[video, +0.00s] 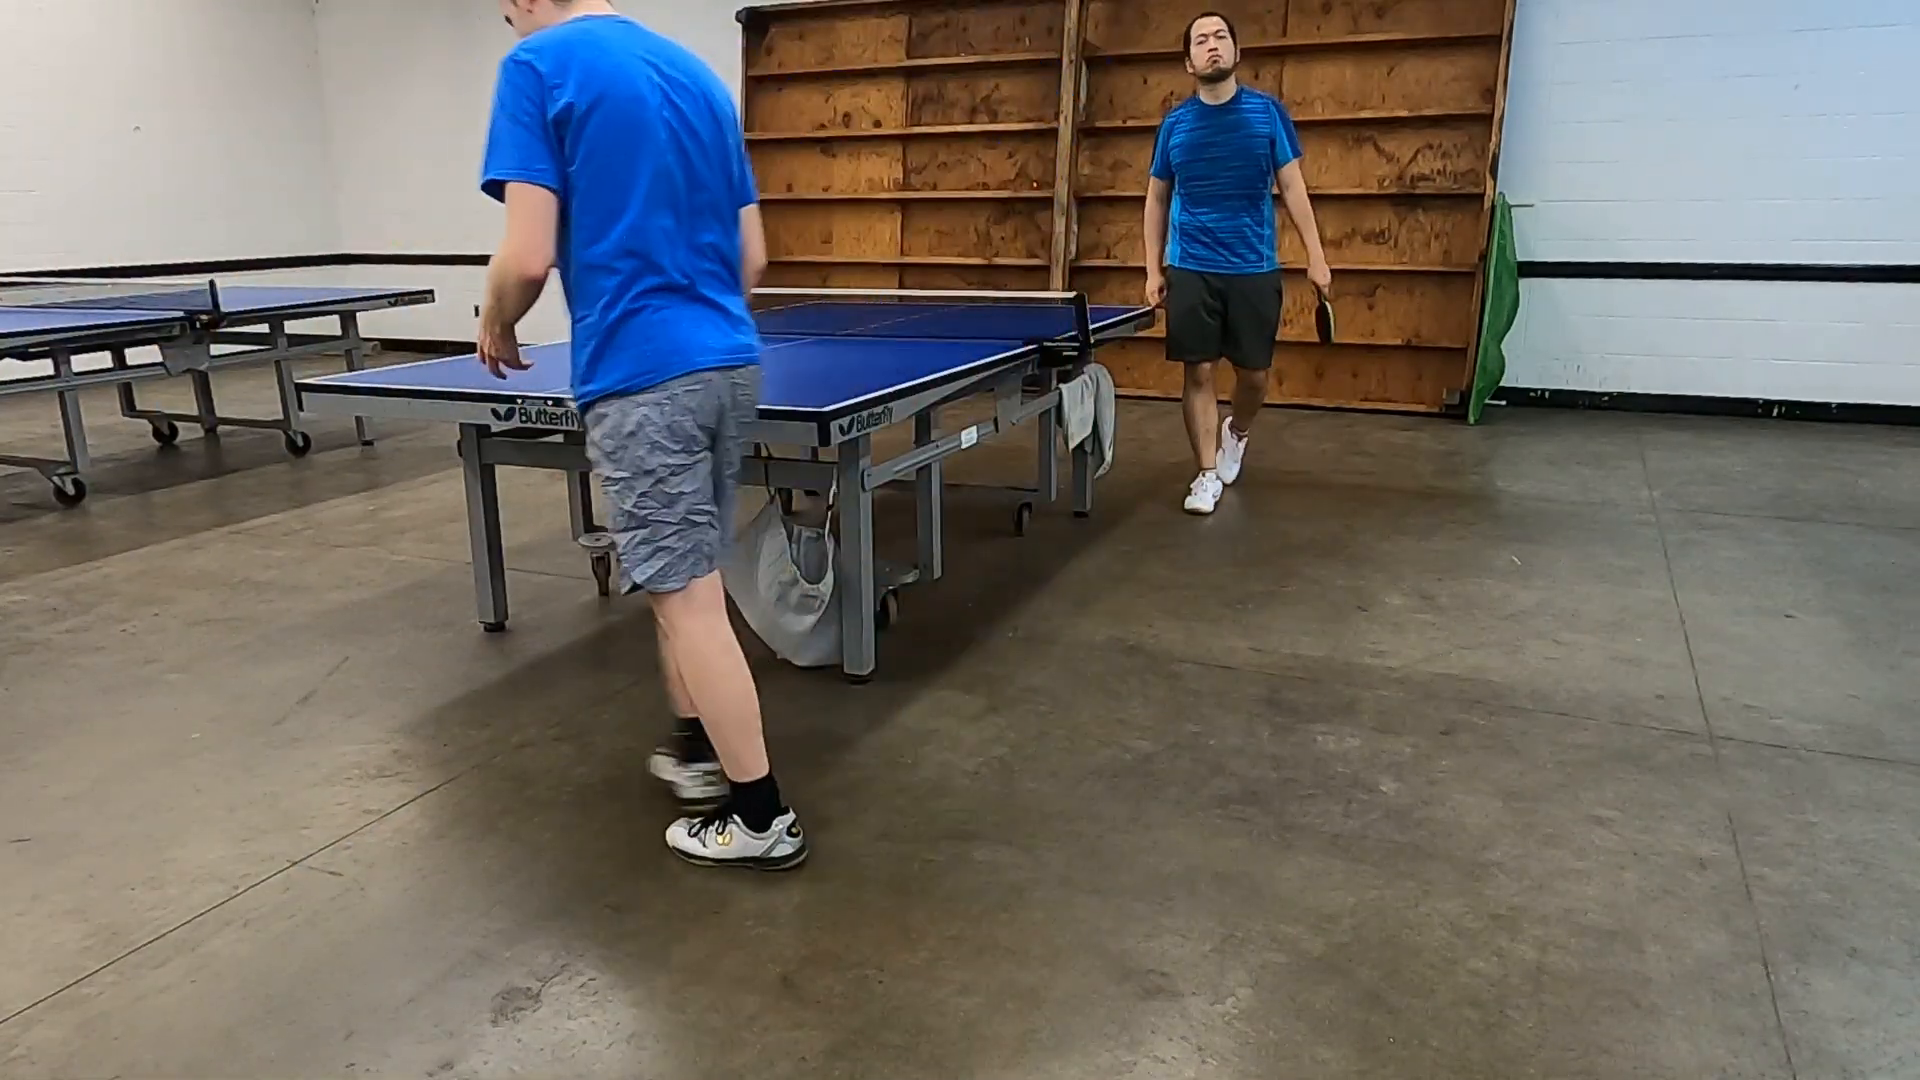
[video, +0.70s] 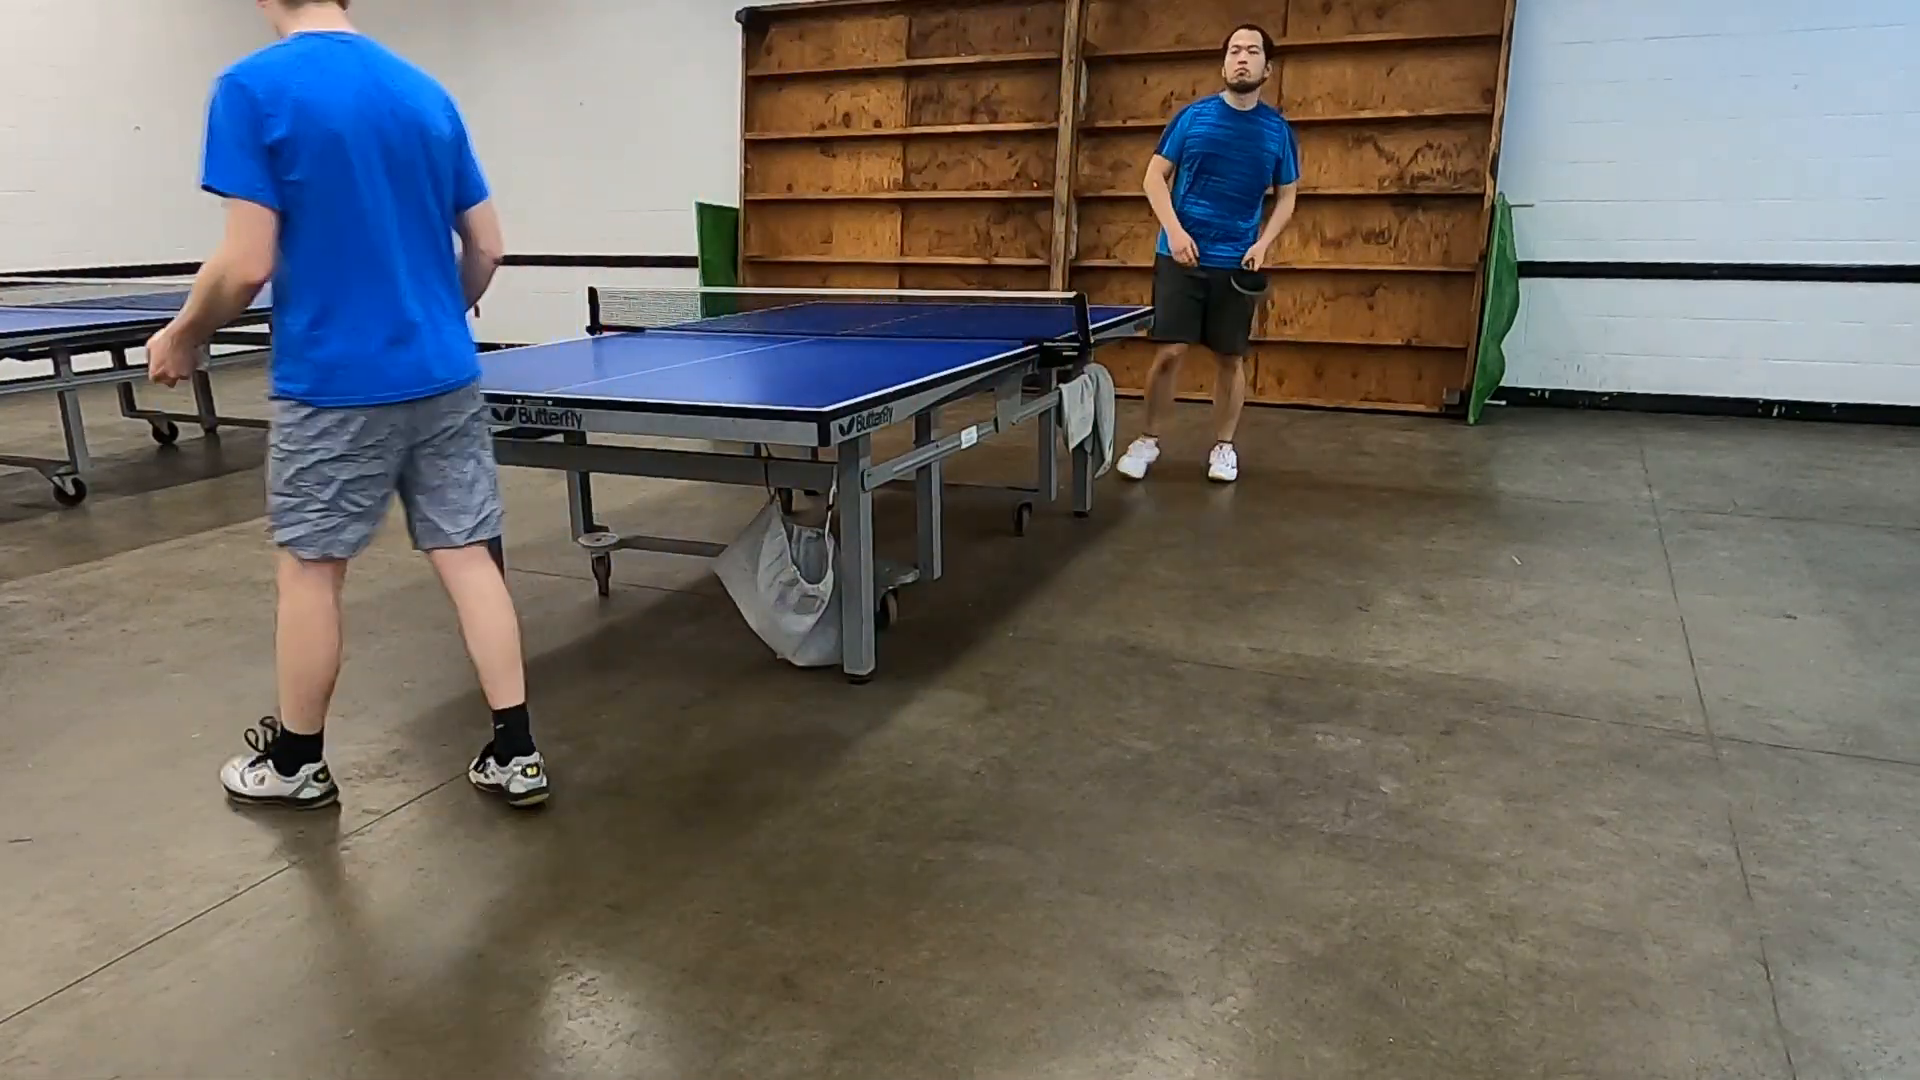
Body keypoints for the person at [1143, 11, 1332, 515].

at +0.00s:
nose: (1211, 45)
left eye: (1220, 37)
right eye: (1201, 41)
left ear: (1238, 52)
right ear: (1190, 62)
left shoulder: (1268, 112)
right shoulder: (1174, 124)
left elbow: (1293, 188)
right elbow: (1156, 200)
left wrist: (1316, 257)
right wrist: (1152, 269)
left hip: (1254, 269)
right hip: (1191, 268)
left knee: (1254, 374)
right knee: (1197, 371)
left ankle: (1234, 435)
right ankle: (1206, 473)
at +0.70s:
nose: (1241, 58)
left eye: (1252, 52)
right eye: (1234, 51)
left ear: (1268, 66)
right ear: (1223, 62)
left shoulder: (1278, 131)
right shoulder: (1193, 116)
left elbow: (1286, 199)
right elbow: (1154, 177)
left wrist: (1263, 243)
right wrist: (1174, 231)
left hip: (1238, 264)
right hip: (1182, 257)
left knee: (1230, 360)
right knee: (1169, 353)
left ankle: (1223, 446)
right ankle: (1149, 440)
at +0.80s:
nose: (1234, 58)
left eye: (1244, 52)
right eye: (1227, 51)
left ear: (1260, 67)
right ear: (1215, 64)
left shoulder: (1271, 130)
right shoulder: (1187, 117)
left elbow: (1281, 195)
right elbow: (1149, 179)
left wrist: (1255, 232)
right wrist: (1180, 226)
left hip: (1232, 261)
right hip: (1174, 255)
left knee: (1228, 358)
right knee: (1150, 348)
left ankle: (1223, 446)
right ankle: (1121, 426)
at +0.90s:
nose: (1220, 58)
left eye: (1230, 52)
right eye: (1213, 53)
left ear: (1247, 67)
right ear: (1202, 66)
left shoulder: (1261, 129)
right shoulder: (1177, 120)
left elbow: (1276, 194)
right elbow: (1141, 182)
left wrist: (1238, 222)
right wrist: (1179, 219)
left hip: (1224, 264)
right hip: (1166, 257)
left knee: (1223, 358)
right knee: (1134, 344)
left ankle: (1223, 446)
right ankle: (1090, 422)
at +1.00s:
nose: (1201, 62)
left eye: (1212, 55)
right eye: (1195, 56)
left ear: (1231, 68)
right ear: (1187, 68)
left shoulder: (1247, 128)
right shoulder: (1165, 122)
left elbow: (1267, 193)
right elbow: (1130, 185)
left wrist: (1219, 211)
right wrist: (1168, 212)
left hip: (1213, 264)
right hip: (1154, 257)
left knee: (1217, 357)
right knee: (1116, 343)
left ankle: (1222, 446)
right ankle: (1076, 418)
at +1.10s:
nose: (1180, 66)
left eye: (1190, 60)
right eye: (1174, 61)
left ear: (1210, 73)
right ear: (1166, 73)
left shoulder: (1227, 129)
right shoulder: (1146, 129)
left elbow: (1252, 192)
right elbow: (1115, 189)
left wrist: (1199, 203)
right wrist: (1141, 206)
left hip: (1198, 268)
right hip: (1140, 263)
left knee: (1207, 358)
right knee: (1100, 348)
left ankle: (1221, 446)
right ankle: (1079, 427)